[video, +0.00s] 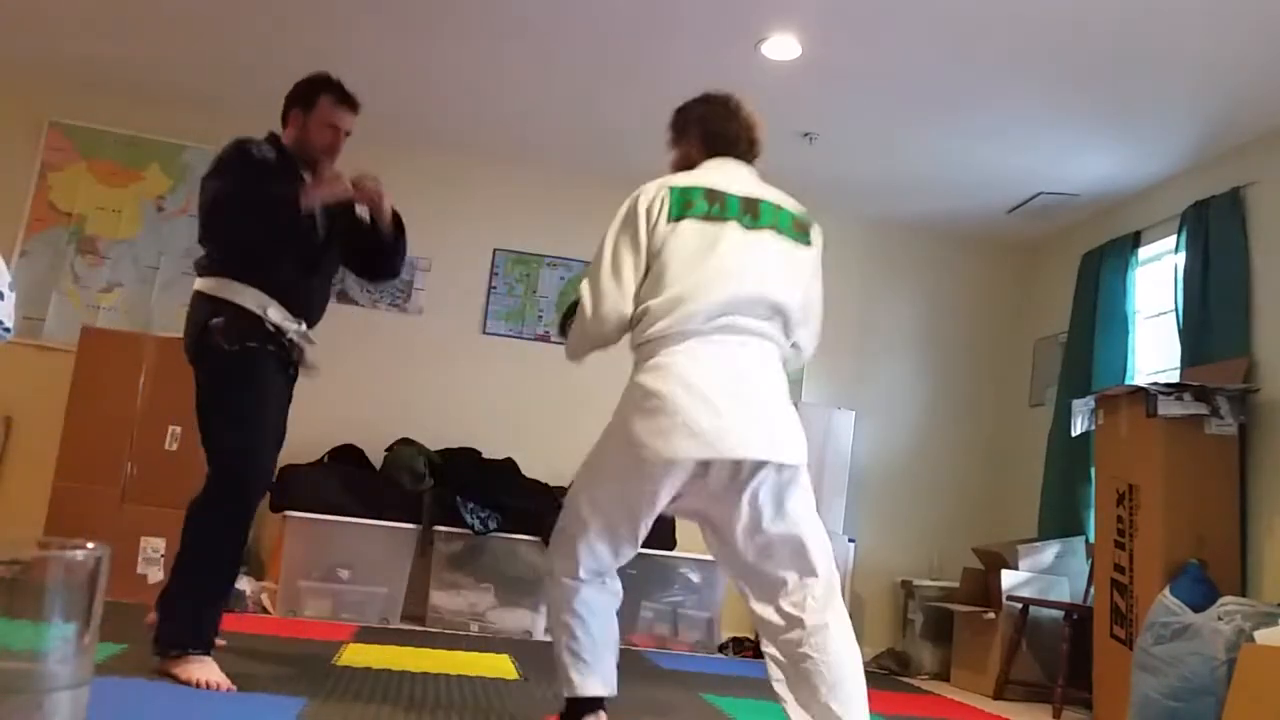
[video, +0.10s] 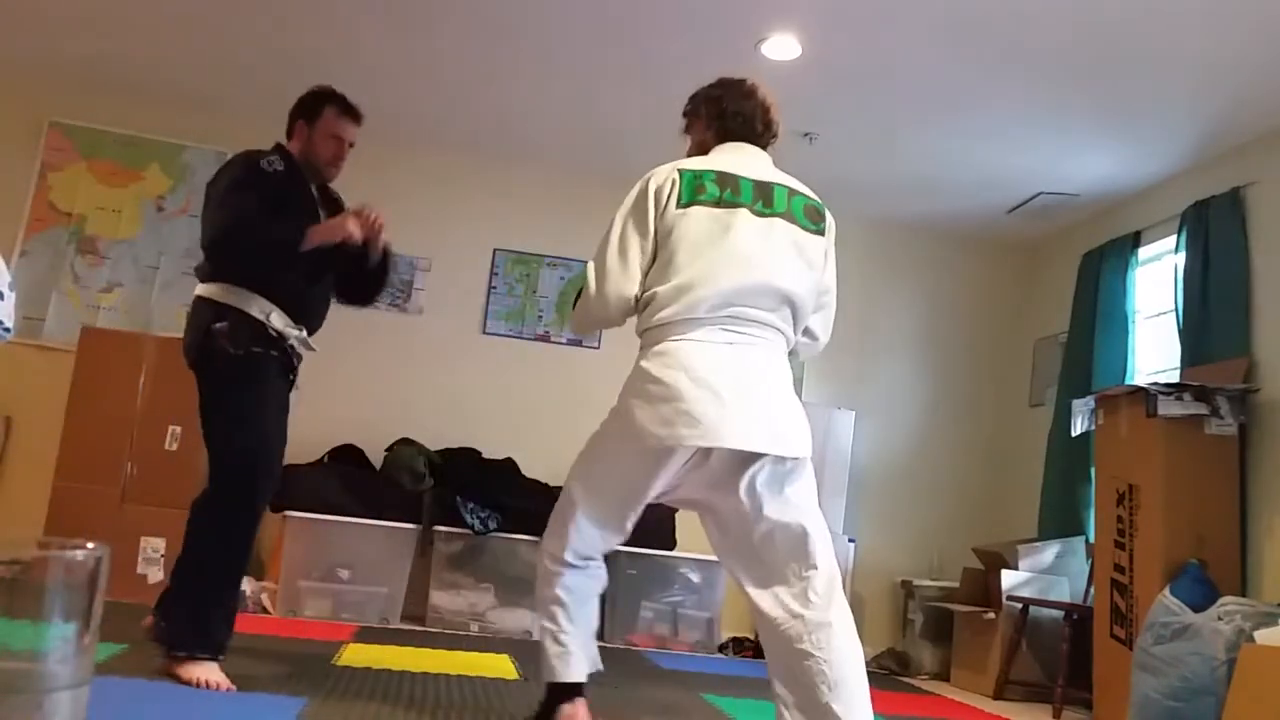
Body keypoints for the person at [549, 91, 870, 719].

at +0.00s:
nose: (672, 155)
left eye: (675, 144)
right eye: (674, 144)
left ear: (688, 145)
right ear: (749, 149)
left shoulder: (659, 197)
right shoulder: (800, 221)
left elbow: (605, 312)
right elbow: (802, 340)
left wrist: (574, 332)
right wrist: (754, 371)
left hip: (671, 402)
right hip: (764, 412)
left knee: (585, 550)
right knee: (803, 591)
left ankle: (588, 700)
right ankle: (845, 715)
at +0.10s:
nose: (684, 141)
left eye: (687, 130)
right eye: (685, 131)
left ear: (706, 127)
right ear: (766, 135)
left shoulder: (668, 181)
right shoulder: (815, 210)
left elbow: (610, 297)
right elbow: (815, 331)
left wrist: (577, 321)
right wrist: (751, 336)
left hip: (675, 386)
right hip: (770, 398)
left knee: (577, 537)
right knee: (805, 587)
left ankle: (567, 694)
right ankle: (847, 716)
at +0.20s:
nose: (686, 138)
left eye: (690, 126)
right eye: (688, 127)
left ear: (705, 125)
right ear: (767, 133)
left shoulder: (667, 179)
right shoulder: (812, 209)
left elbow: (608, 299)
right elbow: (809, 337)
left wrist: (578, 310)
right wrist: (745, 340)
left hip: (666, 394)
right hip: (762, 406)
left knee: (572, 537)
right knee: (800, 583)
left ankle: (535, 691)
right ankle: (845, 716)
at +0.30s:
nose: (671, 142)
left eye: (673, 131)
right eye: (672, 132)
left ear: (691, 129)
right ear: (752, 138)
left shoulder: (652, 183)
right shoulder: (797, 217)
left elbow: (592, 301)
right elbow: (787, 340)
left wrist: (565, 324)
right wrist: (723, 344)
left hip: (651, 396)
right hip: (745, 407)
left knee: (563, 555)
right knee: (788, 588)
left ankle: (521, 703)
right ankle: (842, 716)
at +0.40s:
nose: (646, 141)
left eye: (649, 131)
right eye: (648, 132)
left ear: (663, 131)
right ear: (726, 138)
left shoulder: (628, 181)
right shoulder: (769, 213)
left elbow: (570, 299)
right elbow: (762, 335)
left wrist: (541, 321)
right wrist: (706, 337)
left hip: (626, 389)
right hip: (722, 401)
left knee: (547, 550)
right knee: (764, 580)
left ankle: (517, 701)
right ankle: (825, 713)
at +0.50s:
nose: (628, 134)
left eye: (630, 124)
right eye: (629, 126)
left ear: (642, 123)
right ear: (704, 127)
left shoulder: (611, 171)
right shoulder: (751, 198)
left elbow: (557, 286)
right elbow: (751, 315)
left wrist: (529, 307)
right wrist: (714, 369)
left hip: (616, 369)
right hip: (709, 381)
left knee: (546, 539)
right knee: (742, 559)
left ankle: (516, 697)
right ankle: (801, 708)